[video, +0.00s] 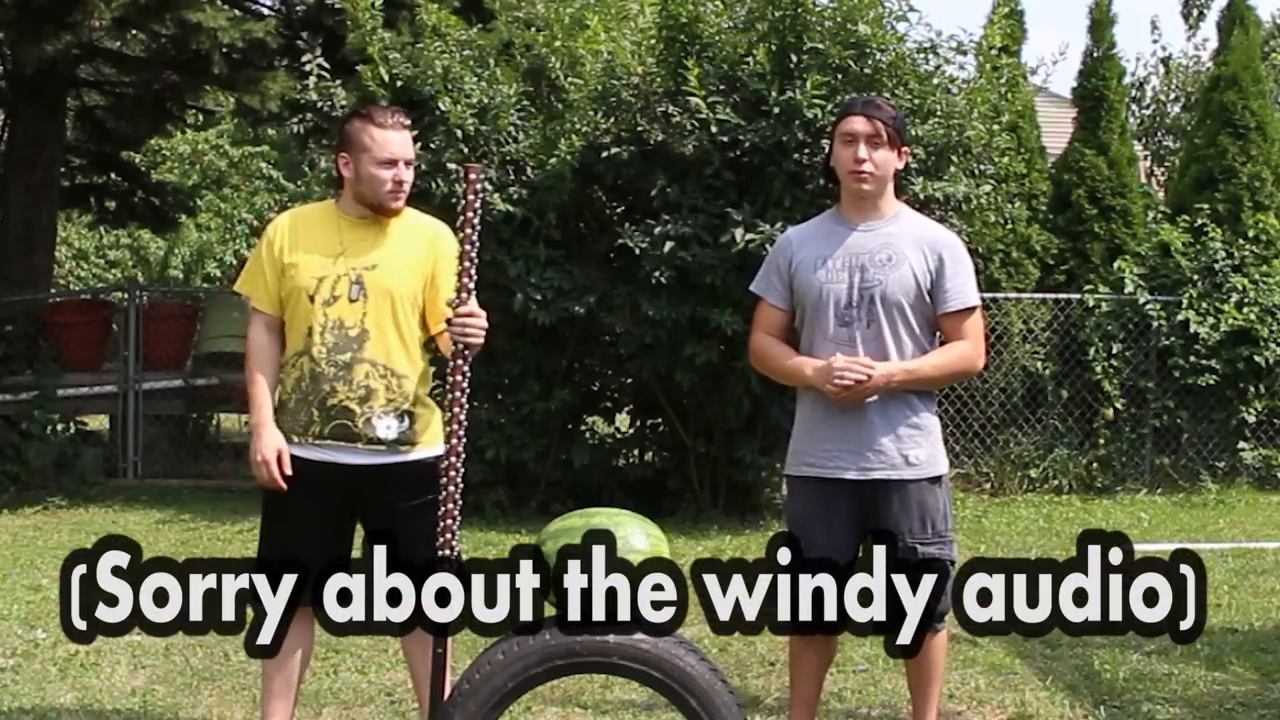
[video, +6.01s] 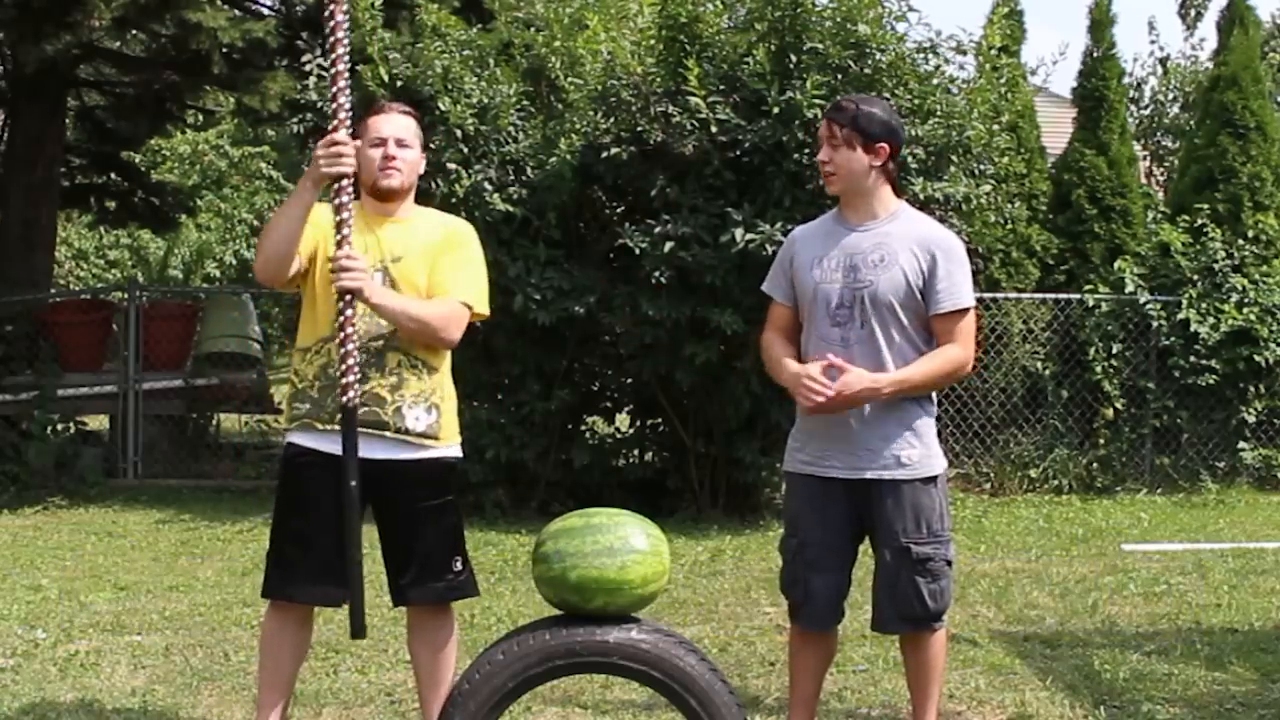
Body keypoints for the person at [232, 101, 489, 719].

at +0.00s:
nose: (401, 175)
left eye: (408, 163)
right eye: (385, 164)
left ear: (416, 165)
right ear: (345, 166)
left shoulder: (434, 239)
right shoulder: (289, 232)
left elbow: (446, 333)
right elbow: (265, 328)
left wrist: (469, 332)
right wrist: (261, 421)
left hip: (409, 463)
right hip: (309, 458)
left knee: (425, 605)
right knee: (290, 602)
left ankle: (438, 715)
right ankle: (274, 717)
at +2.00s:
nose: (371, 160)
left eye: (381, 151)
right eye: (357, 147)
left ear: (392, 163)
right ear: (323, 157)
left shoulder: (416, 239)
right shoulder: (275, 233)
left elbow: (443, 350)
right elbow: (235, 324)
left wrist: (439, 312)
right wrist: (270, 397)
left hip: (398, 459)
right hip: (301, 458)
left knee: (424, 601)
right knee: (285, 603)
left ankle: (436, 716)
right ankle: (275, 716)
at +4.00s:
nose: (398, 157)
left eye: (409, 148)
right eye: (385, 146)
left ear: (426, 163)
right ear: (357, 158)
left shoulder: (448, 240)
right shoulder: (314, 221)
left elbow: (462, 336)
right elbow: (317, 292)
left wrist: (445, 407)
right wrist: (384, 277)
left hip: (417, 453)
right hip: (320, 449)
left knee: (430, 599)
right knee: (292, 600)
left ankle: (438, 715)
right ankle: (271, 715)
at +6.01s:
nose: (389, 152)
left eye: (402, 143)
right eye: (377, 143)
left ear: (423, 158)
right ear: (357, 155)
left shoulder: (452, 234)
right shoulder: (325, 220)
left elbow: (449, 328)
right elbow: (269, 270)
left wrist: (376, 293)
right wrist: (311, 180)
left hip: (418, 446)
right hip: (319, 439)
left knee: (431, 598)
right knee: (292, 595)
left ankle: (437, 716)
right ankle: (269, 714)